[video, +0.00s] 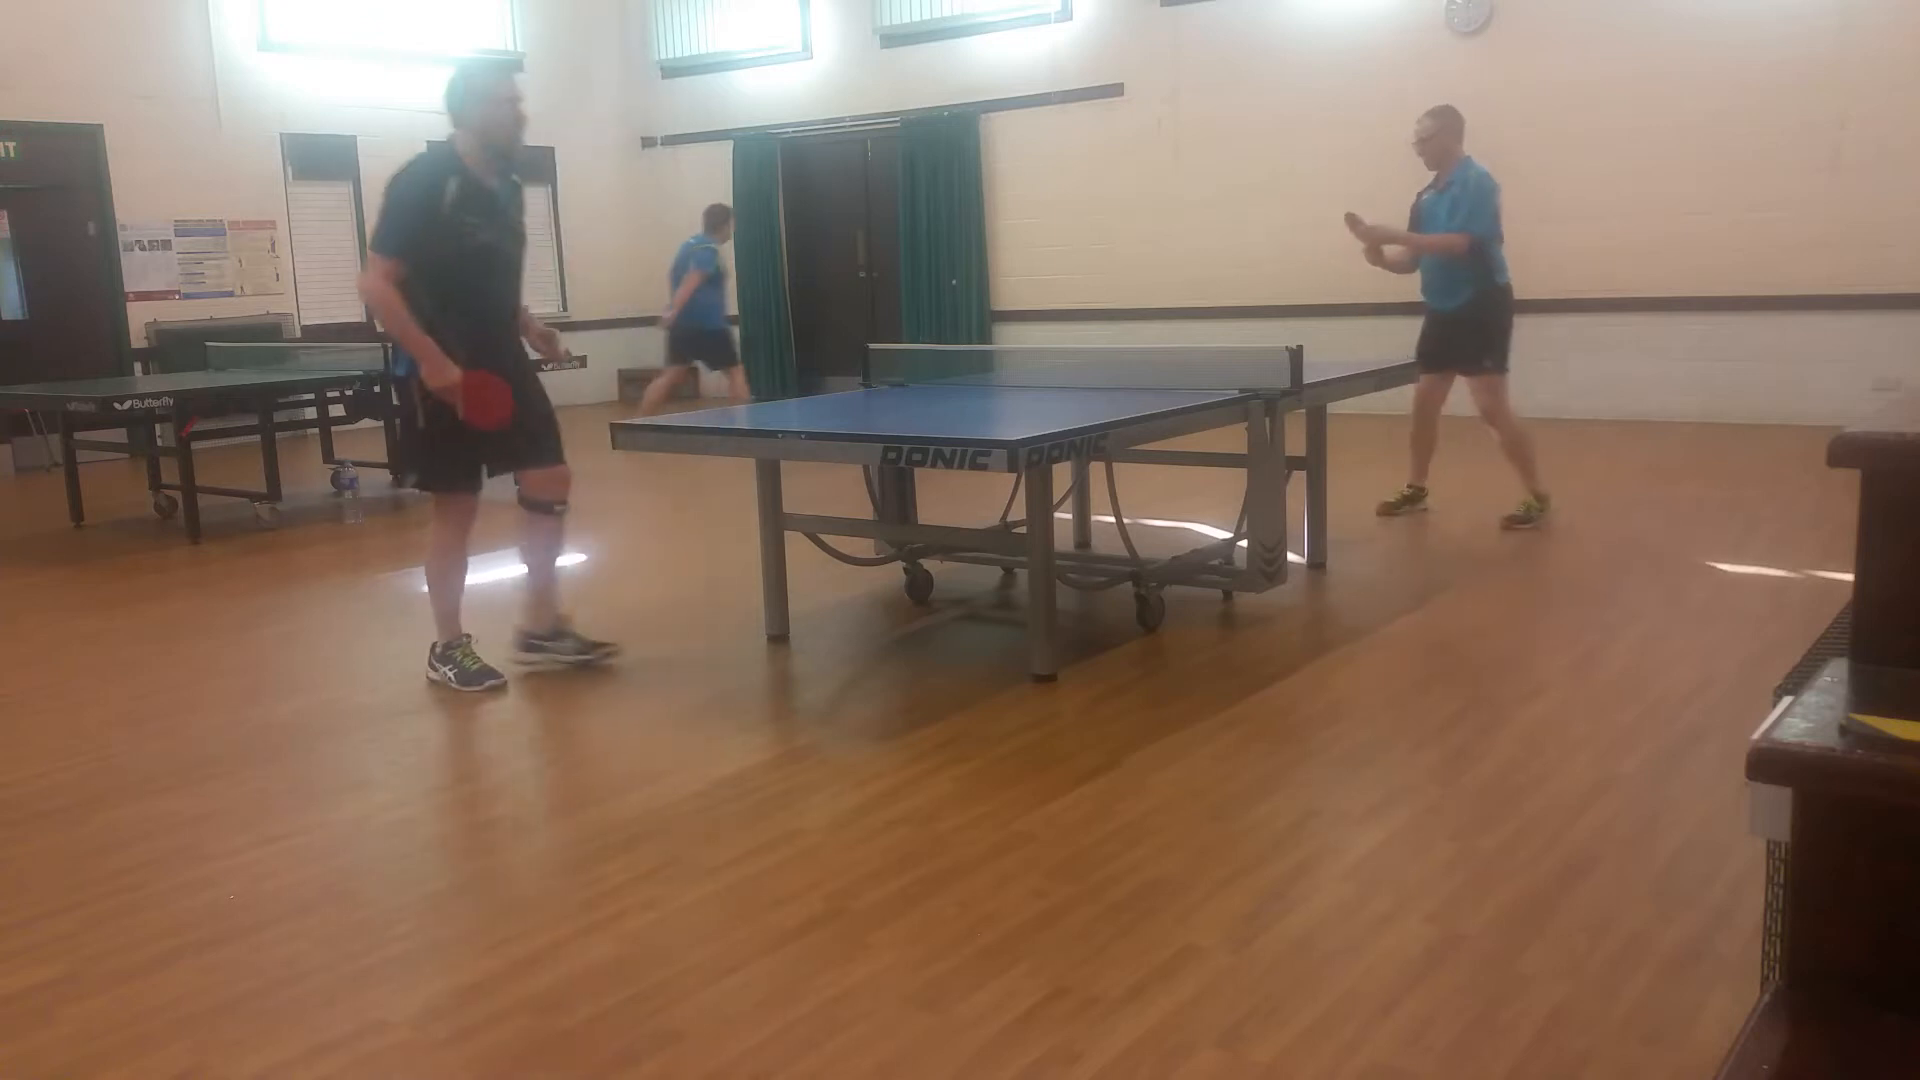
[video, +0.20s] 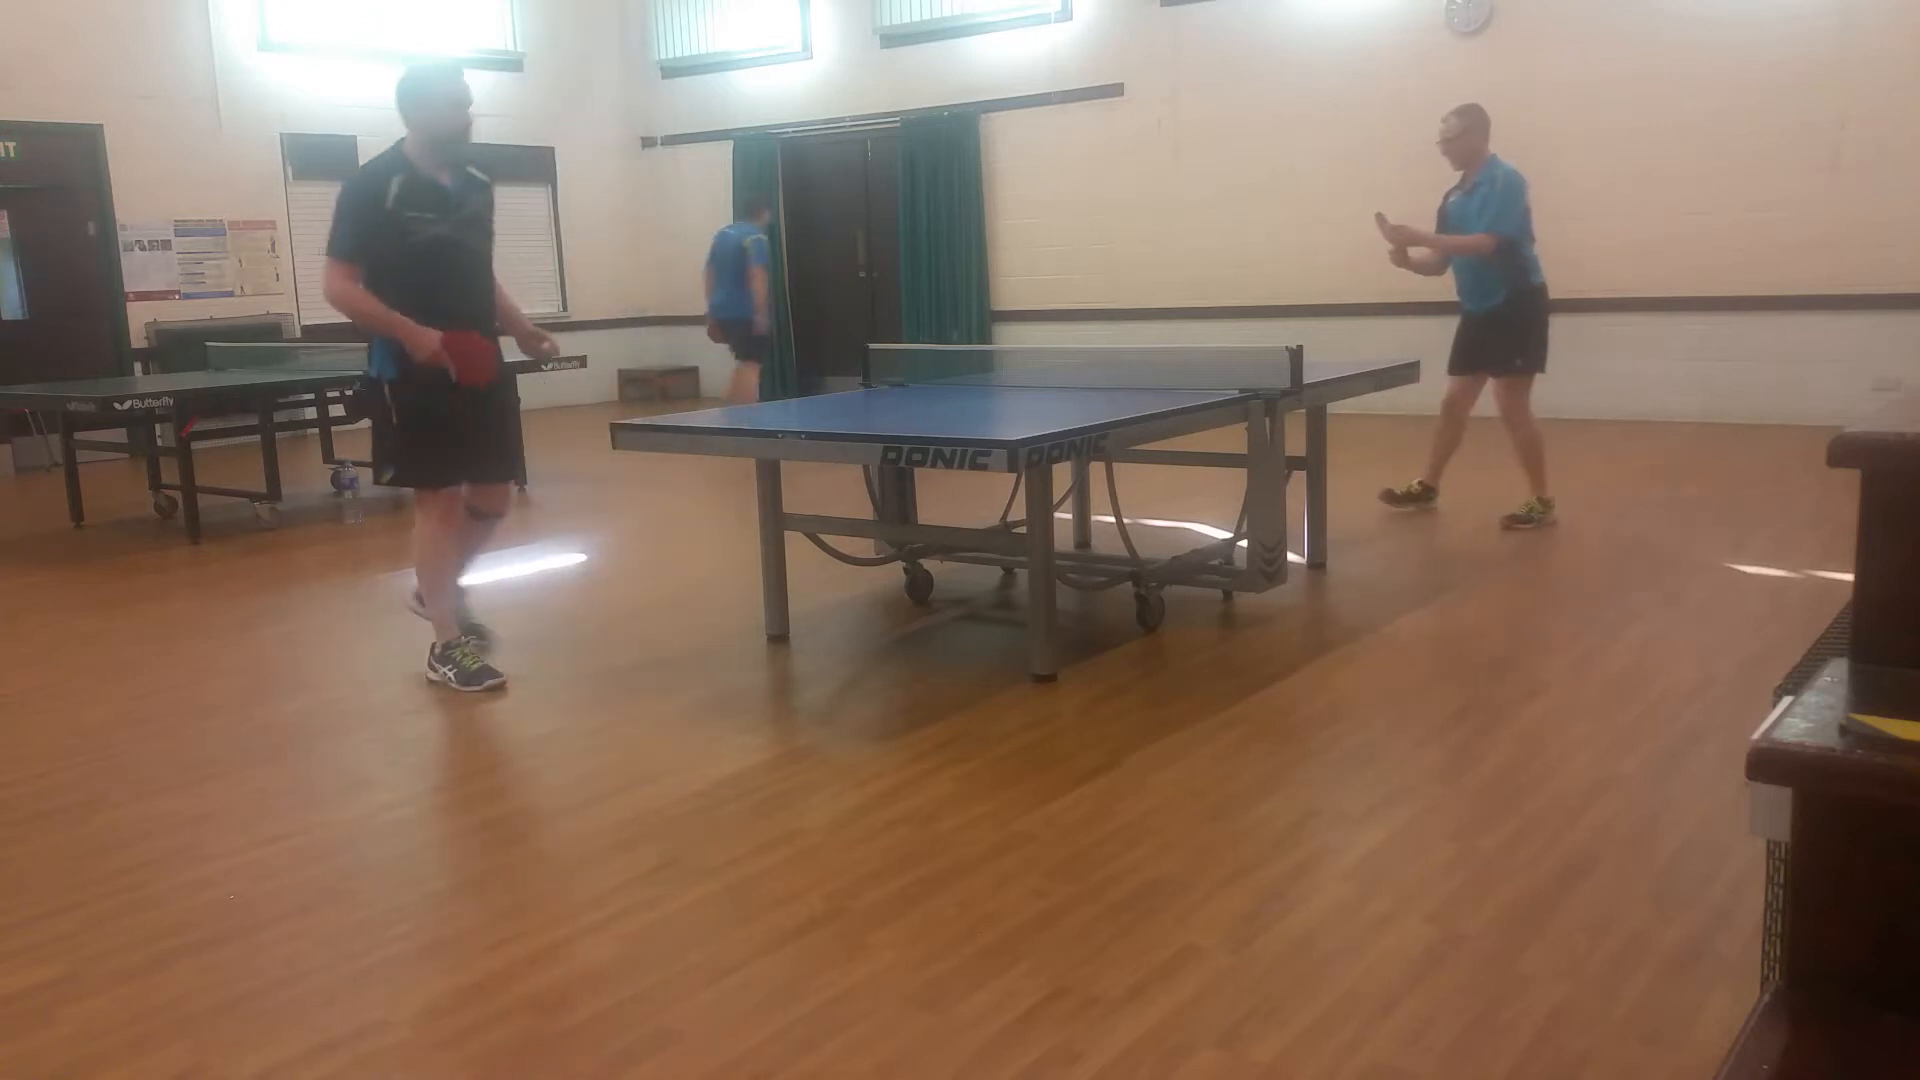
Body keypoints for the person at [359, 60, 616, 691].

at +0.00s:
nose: (521, 113)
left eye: (519, 102)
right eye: (507, 103)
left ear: (502, 113)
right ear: (467, 111)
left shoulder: (507, 188)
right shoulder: (422, 179)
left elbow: (493, 282)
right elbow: (375, 283)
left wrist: (530, 327)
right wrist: (430, 358)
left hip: (504, 360)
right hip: (442, 366)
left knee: (548, 481)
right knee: (455, 504)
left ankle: (542, 628)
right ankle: (450, 646)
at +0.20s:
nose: (468, 119)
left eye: (469, 107)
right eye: (456, 109)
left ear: (464, 110)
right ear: (417, 113)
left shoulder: (475, 187)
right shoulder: (371, 185)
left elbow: (478, 274)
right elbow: (338, 285)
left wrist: (521, 327)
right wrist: (408, 331)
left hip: (484, 362)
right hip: (419, 366)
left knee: (492, 500)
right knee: (439, 503)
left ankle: (436, 588)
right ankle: (447, 646)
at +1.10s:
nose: (378, 148)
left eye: (383, 136)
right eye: (366, 137)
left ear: (388, 134)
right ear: (331, 134)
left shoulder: (399, 198)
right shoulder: (284, 195)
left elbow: (421, 284)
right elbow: (242, 275)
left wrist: (459, 330)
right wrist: (297, 299)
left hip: (394, 369)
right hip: (319, 374)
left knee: (412, 493)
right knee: (325, 495)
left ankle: (399, 607)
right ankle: (329, 612)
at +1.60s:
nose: (415, 164)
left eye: (419, 152)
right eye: (404, 152)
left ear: (422, 149)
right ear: (363, 150)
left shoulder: (436, 213)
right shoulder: (311, 210)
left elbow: (452, 297)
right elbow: (271, 286)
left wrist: (469, 328)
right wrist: (257, 316)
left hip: (420, 377)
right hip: (341, 383)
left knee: (467, 492)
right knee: (339, 505)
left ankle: (520, 625)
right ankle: (333, 614)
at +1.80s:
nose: (464, 184)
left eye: (469, 172)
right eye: (452, 172)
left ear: (474, 169)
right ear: (416, 169)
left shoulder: (486, 231)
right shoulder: (360, 224)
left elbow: (508, 322)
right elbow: (323, 310)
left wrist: (530, 335)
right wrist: (363, 325)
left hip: (461, 379)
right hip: (381, 385)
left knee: (500, 487)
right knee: (357, 504)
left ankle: (525, 628)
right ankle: (335, 615)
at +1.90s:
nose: (492, 195)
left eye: (496, 184)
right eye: (480, 184)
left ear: (499, 183)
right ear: (442, 181)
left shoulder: (512, 246)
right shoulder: (387, 232)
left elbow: (535, 339)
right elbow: (364, 333)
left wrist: (564, 343)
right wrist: (434, 334)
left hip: (476, 379)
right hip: (394, 382)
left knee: (511, 488)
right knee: (364, 504)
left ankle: (525, 628)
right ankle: (336, 613)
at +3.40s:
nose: (401, 144)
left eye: (405, 130)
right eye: (383, 135)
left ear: (417, 130)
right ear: (356, 142)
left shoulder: (454, 191)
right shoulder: (334, 210)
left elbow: (540, 239)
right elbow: (319, 313)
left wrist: (598, 261)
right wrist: (382, 296)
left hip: (465, 375)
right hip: (378, 385)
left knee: (500, 494)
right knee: (344, 507)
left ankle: (527, 628)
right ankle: (310, 628)